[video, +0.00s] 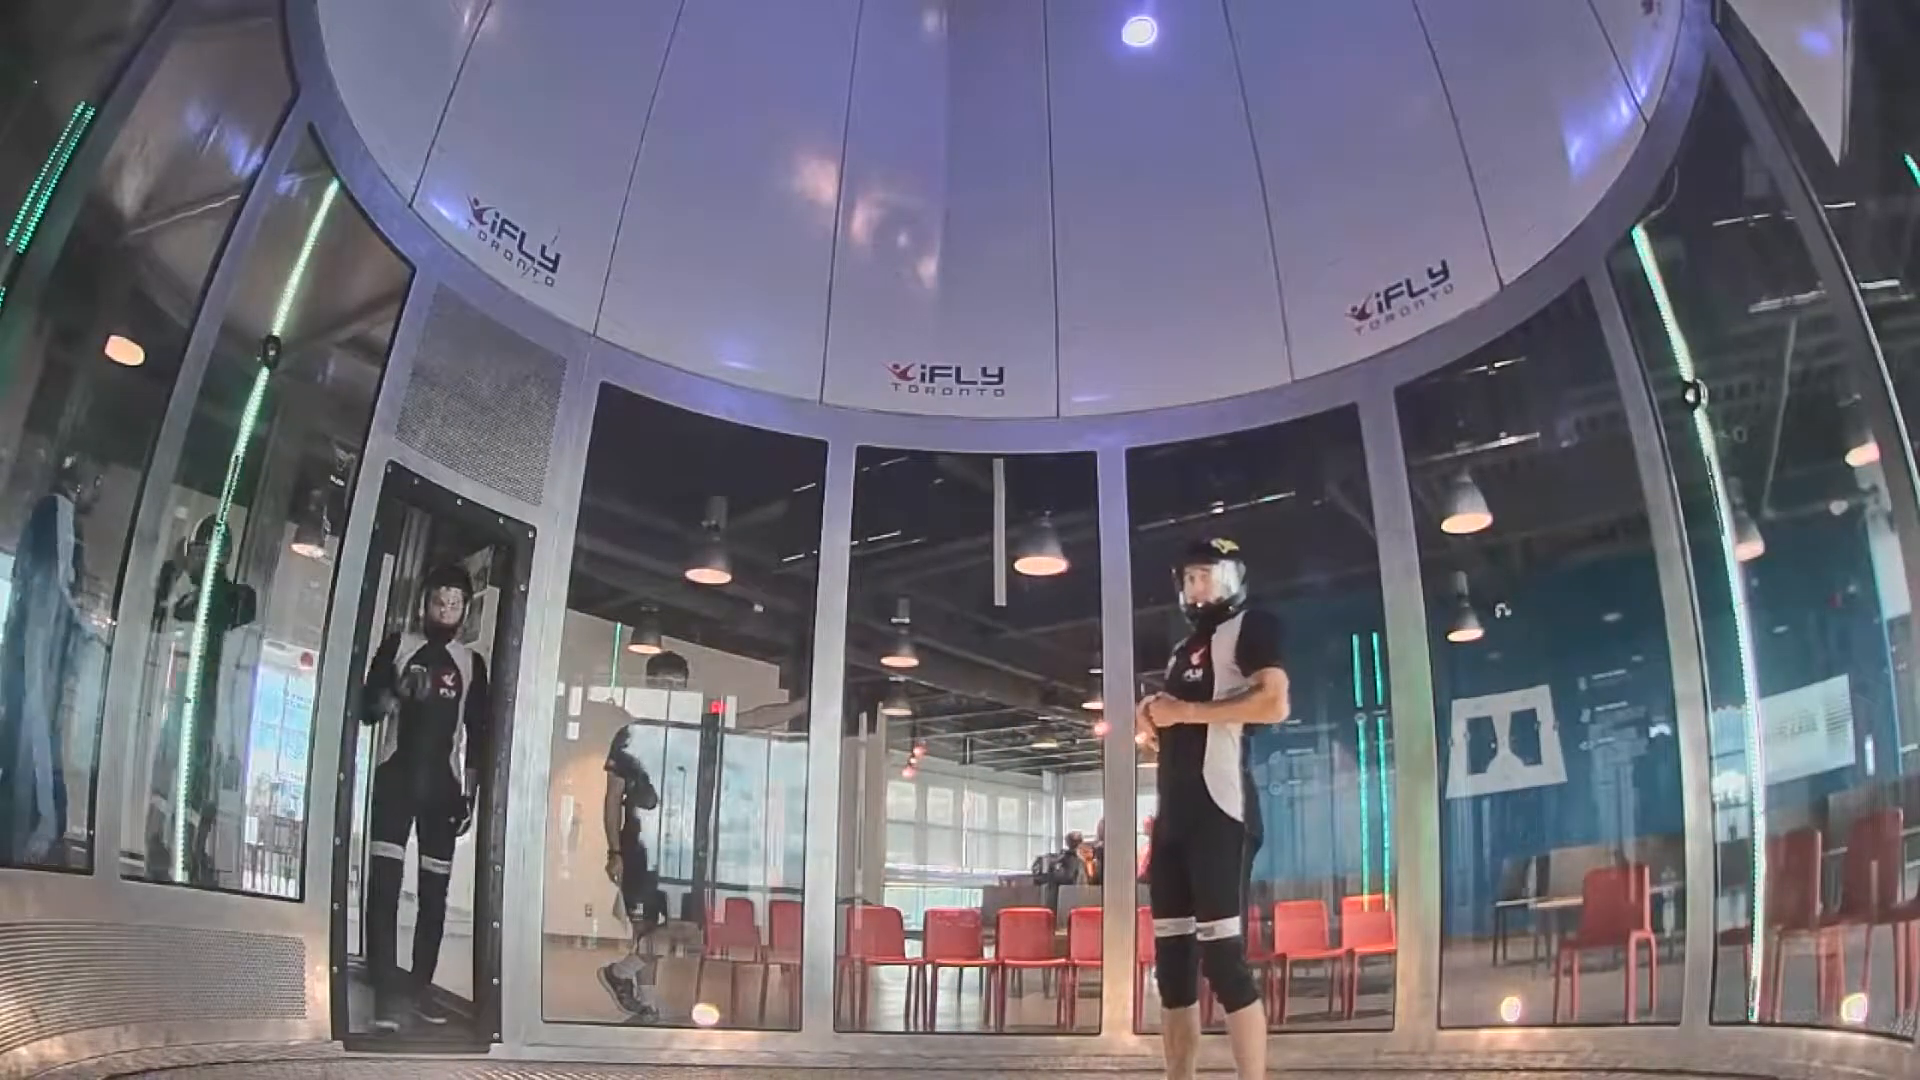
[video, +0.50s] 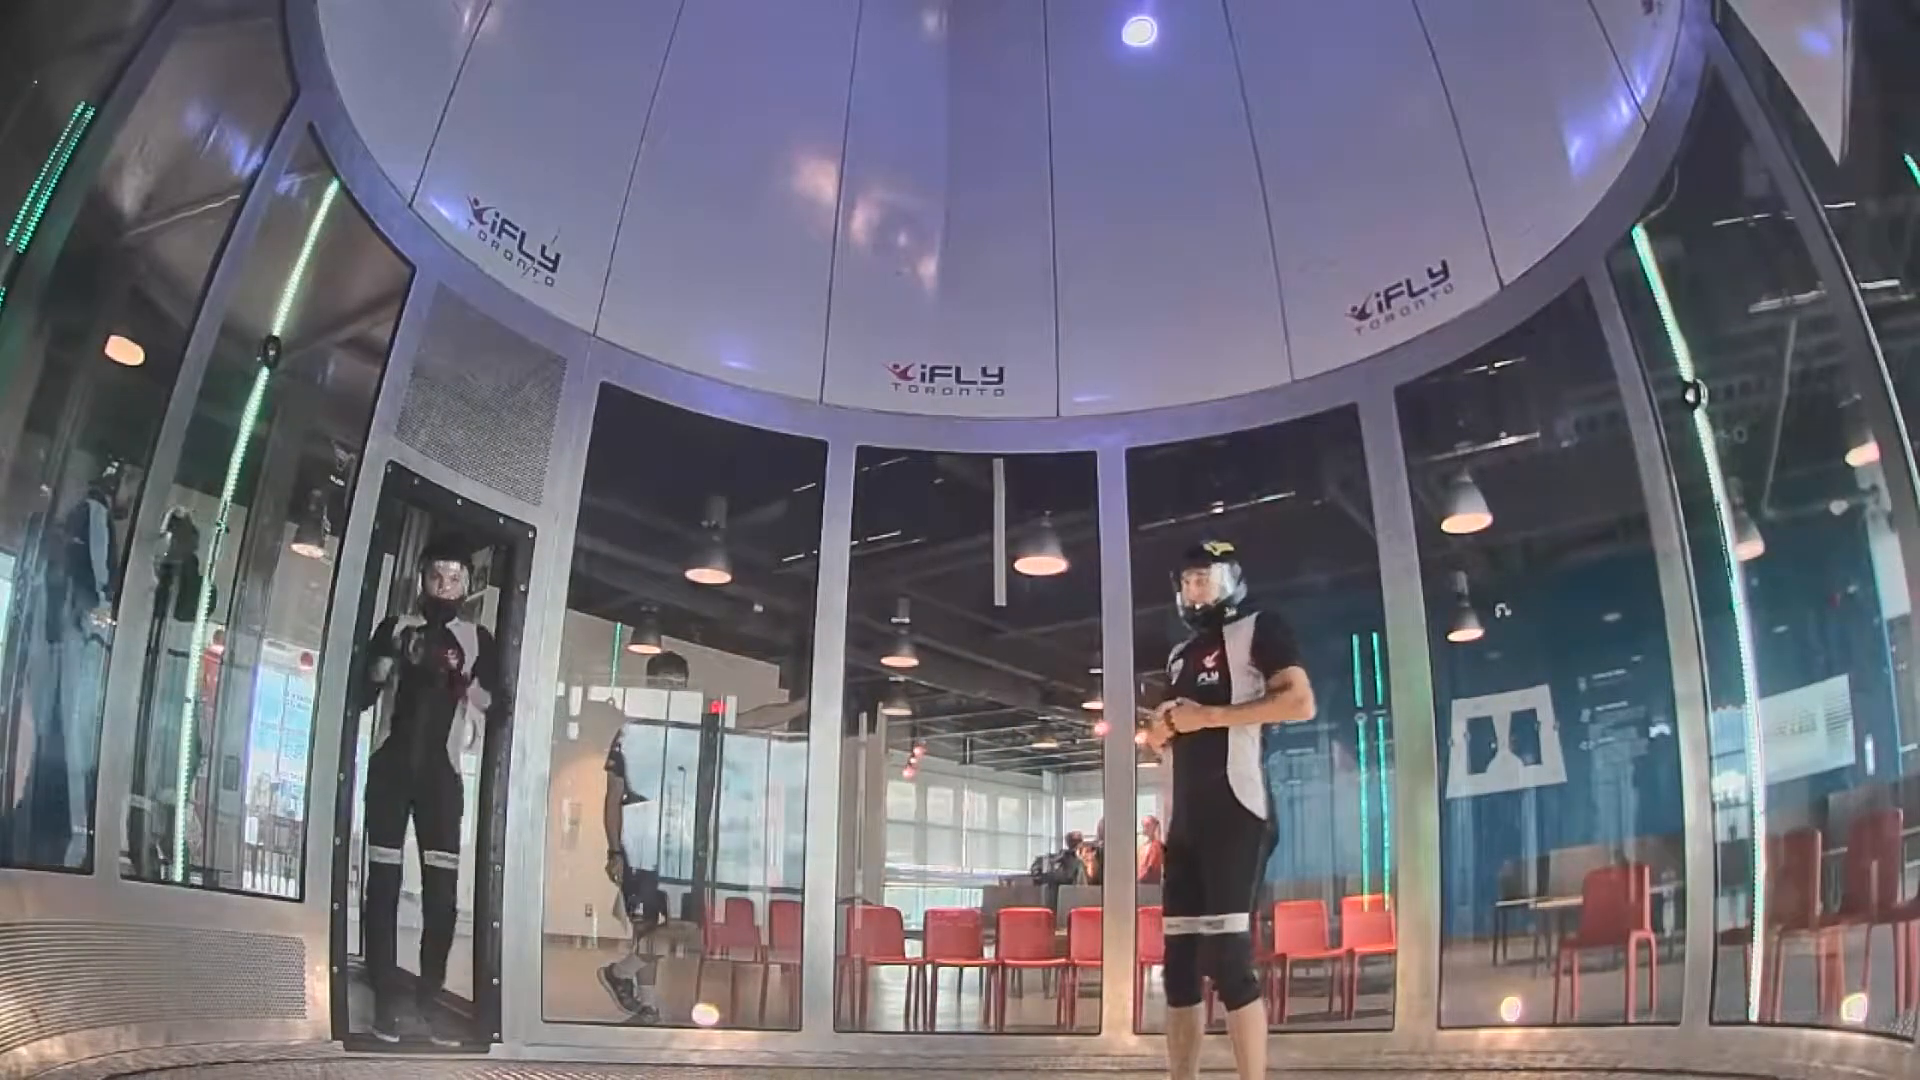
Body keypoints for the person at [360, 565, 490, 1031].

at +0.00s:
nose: (446, 608)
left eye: (455, 602)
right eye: (440, 599)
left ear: (466, 607)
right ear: (427, 601)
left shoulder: (473, 662)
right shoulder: (399, 645)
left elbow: (479, 731)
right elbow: (367, 708)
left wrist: (473, 789)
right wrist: (397, 688)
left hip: (444, 784)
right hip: (394, 778)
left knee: (434, 895)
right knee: (385, 887)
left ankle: (418, 994)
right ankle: (386, 996)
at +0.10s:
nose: (445, 604)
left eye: (454, 597)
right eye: (438, 594)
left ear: (463, 602)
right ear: (424, 594)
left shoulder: (472, 659)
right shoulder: (394, 642)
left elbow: (474, 726)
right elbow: (359, 704)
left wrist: (466, 782)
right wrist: (389, 718)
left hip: (440, 785)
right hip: (391, 777)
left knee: (433, 896)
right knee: (385, 887)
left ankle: (418, 996)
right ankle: (386, 997)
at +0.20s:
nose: (442, 596)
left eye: (451, 590)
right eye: (435, 587)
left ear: (462, 596)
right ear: (421, 589)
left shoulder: (472, 655)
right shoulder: (391, 635)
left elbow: (472, 723)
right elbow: (359, 698)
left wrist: (461, 774)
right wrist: (389, 719)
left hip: (438, 779)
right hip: (389, 771)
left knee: (438, 893)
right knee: (384, 882)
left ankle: (418, 989)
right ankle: (386, 994)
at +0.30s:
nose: (441, 591)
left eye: (450, 585)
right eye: (434, 582)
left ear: (461, 593)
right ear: (420, 585)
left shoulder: (471, 653)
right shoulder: (389, 634)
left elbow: (473, 722)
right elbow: (353, 697)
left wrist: (458, 762)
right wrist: (382, 712)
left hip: (437, 779)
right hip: (387, 772)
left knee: (442, 896)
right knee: (380, 884)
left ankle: (414, 979)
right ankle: (385, 996)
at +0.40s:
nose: (443, 587)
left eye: (452, 580)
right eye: (435, 577)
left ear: (464, 587)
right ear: (421, 581)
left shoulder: (475, 645)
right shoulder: (389, 633)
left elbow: (490, 717)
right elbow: (355, 702)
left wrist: (459, 703)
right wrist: (391, 673)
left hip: (439, 776)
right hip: (387, 771)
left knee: (445, 891)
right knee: (381, 883)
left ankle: (419, 994)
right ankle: (387, 1000)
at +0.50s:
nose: (446, 585)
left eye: (455, 578)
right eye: (438, 575)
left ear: (466, 584)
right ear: (423, 578)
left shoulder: (477, 638)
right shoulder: (395, 629)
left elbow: (499, 706)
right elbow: (358, 699)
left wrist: (466, 679)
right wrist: (385, 662)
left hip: (441, 773)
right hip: (389, 768)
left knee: (441, 890)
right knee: (383, 884)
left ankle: (429, 1004)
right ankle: (385, 1003)